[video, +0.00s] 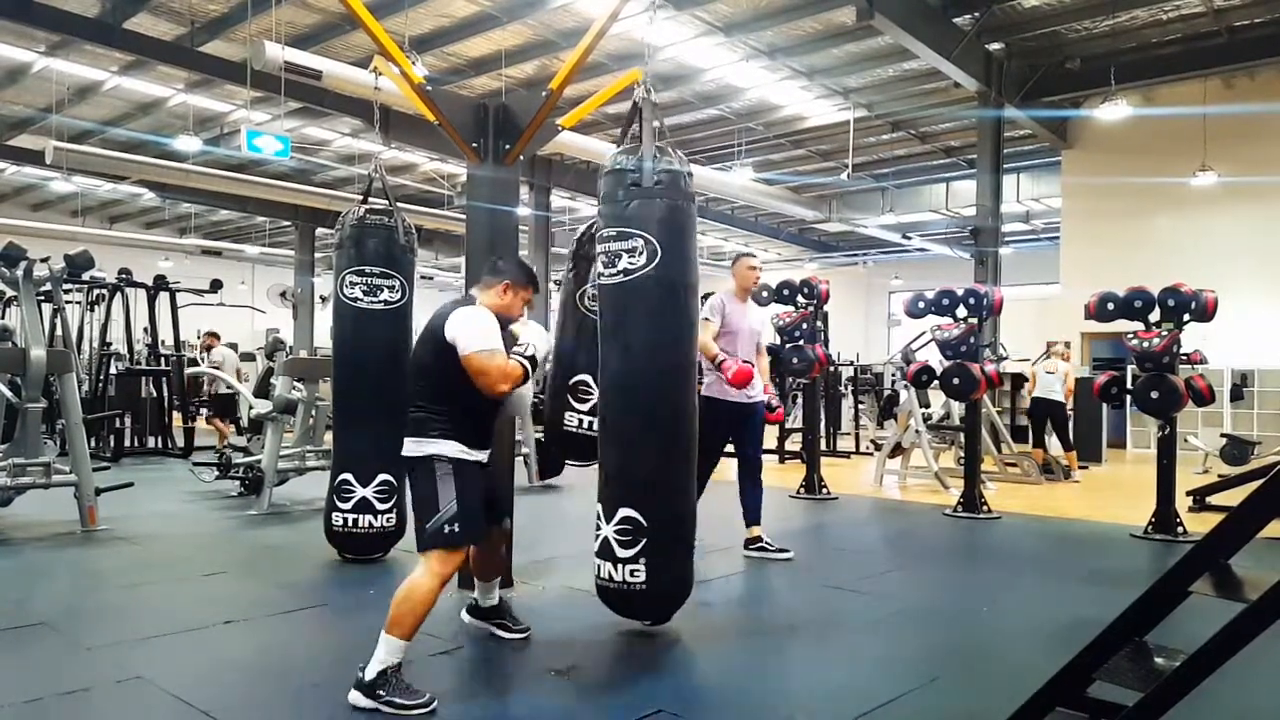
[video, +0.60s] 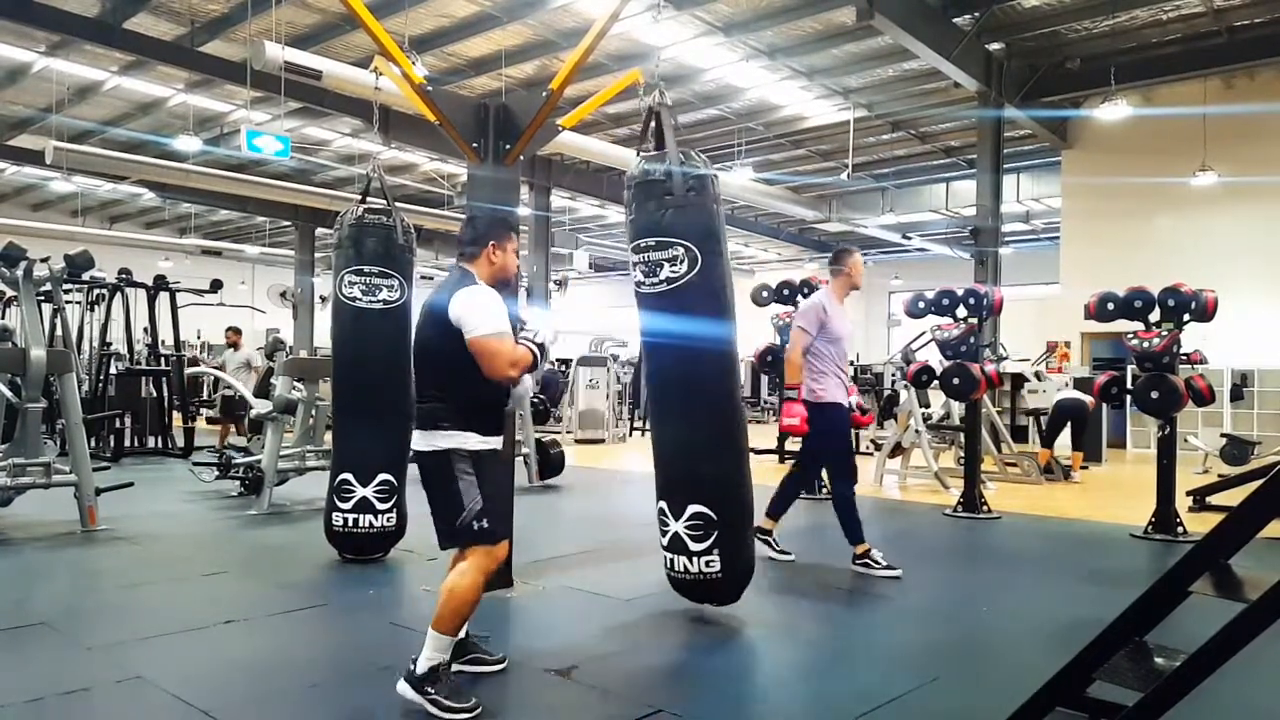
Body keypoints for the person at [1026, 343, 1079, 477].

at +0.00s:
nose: (1068, 358)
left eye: (1068, 356)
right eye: (1067, 355)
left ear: (1049, 354)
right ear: (1063, 355)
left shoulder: (1037, 367)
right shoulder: (1067, 367)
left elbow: (1030, 388)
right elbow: (1070, 388)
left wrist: (1032, 398)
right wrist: (1065, 400)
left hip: (1038, 399)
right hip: (1057, 400)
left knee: (1037, 438)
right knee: (1065, 438)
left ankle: (1036, 471)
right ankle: (1075, 471)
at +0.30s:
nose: (1055, 363)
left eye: (1056, 361)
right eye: (1057, 361)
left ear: (1058, 363)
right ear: (1070, 363)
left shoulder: (1052, 377)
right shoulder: (1078, 378)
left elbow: (1048, 392)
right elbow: (1085, 394)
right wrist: (1080, 407)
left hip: (1053, 400)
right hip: (1072, 401)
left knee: (1045, 439)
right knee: (1073, 440)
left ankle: (1039, 471)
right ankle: (1075, 473)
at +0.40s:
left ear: (1057, 377)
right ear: (1071, 378)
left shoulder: (1051, 381)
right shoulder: (1078, 384)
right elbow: (1089, 397)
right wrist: (1084, 409)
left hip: (1057, 401)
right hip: (1076, 403)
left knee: (1049, 438)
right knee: (1075, 440)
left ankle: (1038, 469)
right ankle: (1076, 473)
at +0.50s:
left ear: (1058, 386)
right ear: (1071, 385)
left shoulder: (1055, 390)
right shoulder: (1079, 389)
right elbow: (1090, 398)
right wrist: (1085, 412)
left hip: (1059, 403)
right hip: (1079, 404)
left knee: (1049, 439)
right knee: (1076, 441)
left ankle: (1039, 470)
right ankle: (1075, 473)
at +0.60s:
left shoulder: (1058, 395)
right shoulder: (1084, 396)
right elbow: (1091, 400)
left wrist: (1050, 453)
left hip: (1061, 405)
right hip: (1080, 406)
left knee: (1049, 437)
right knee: (1077, 441)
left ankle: (1038, 470)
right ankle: (1075, 473)